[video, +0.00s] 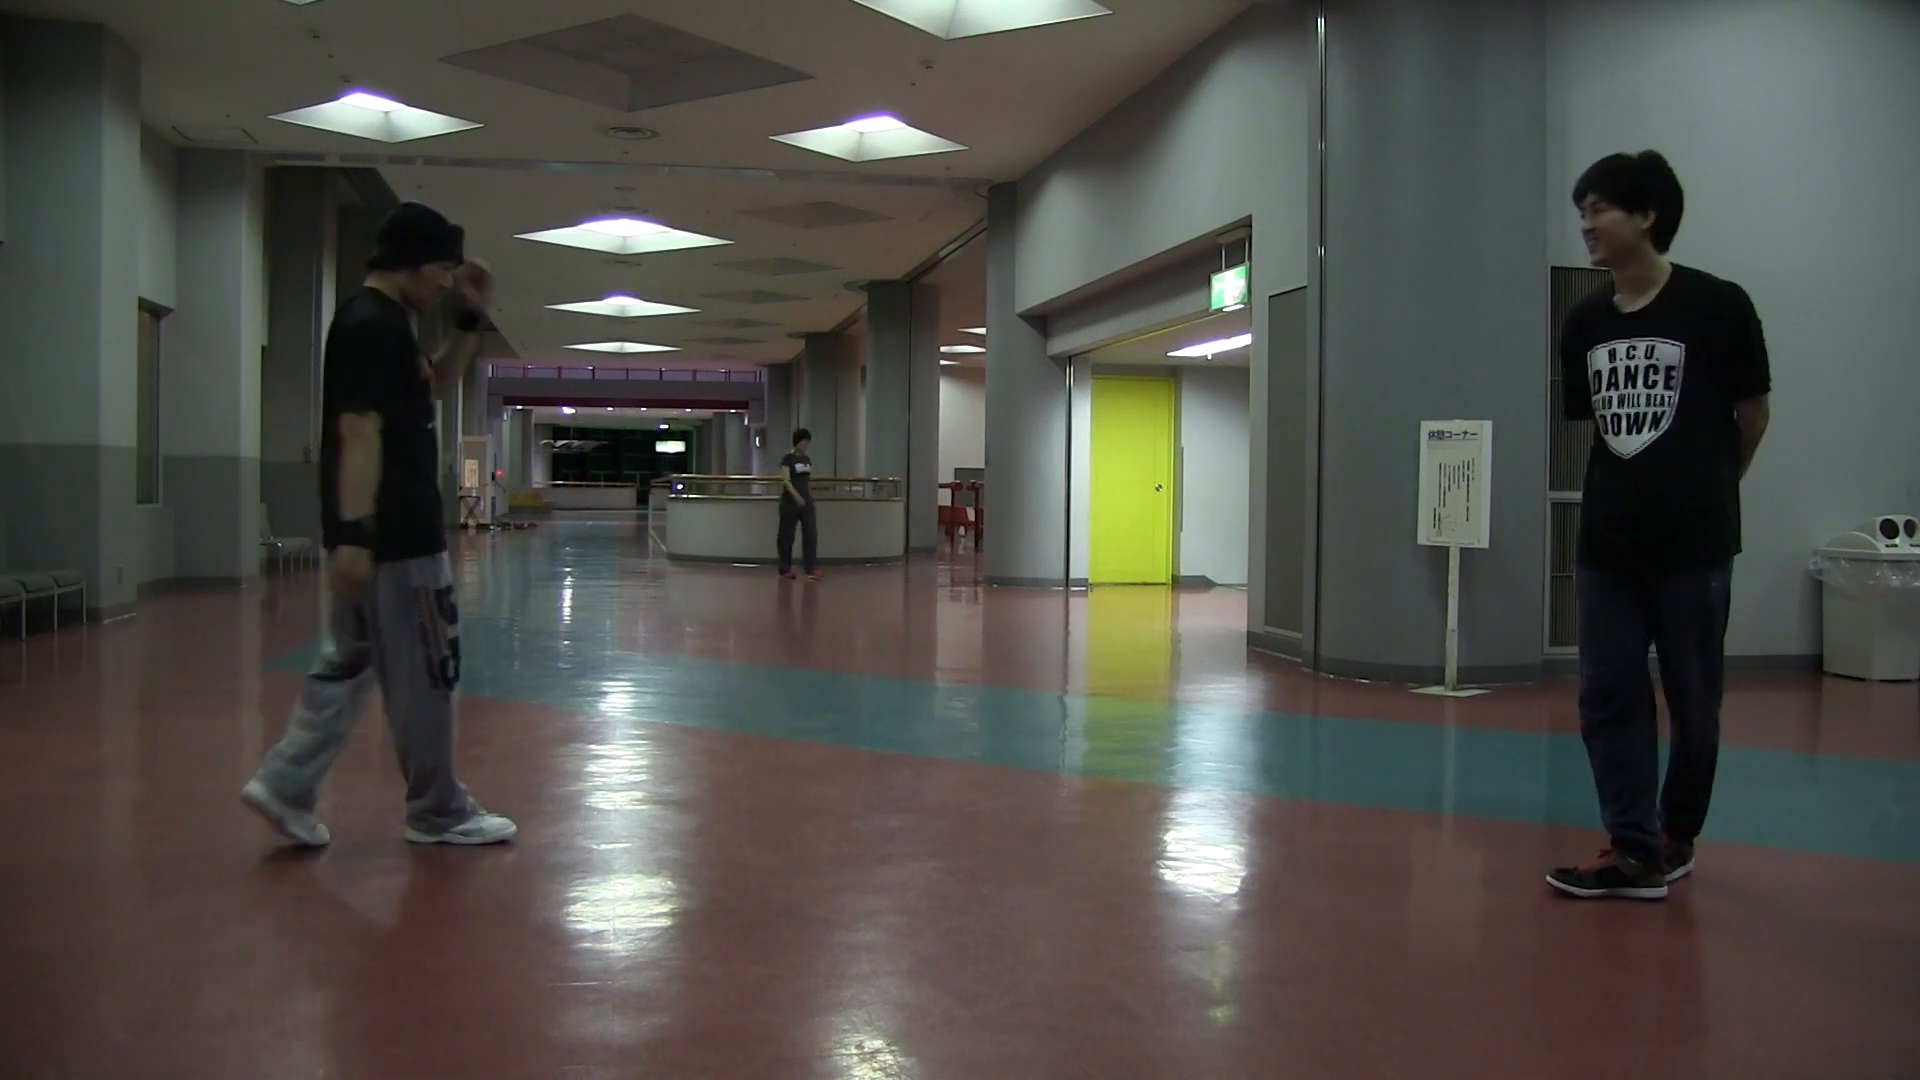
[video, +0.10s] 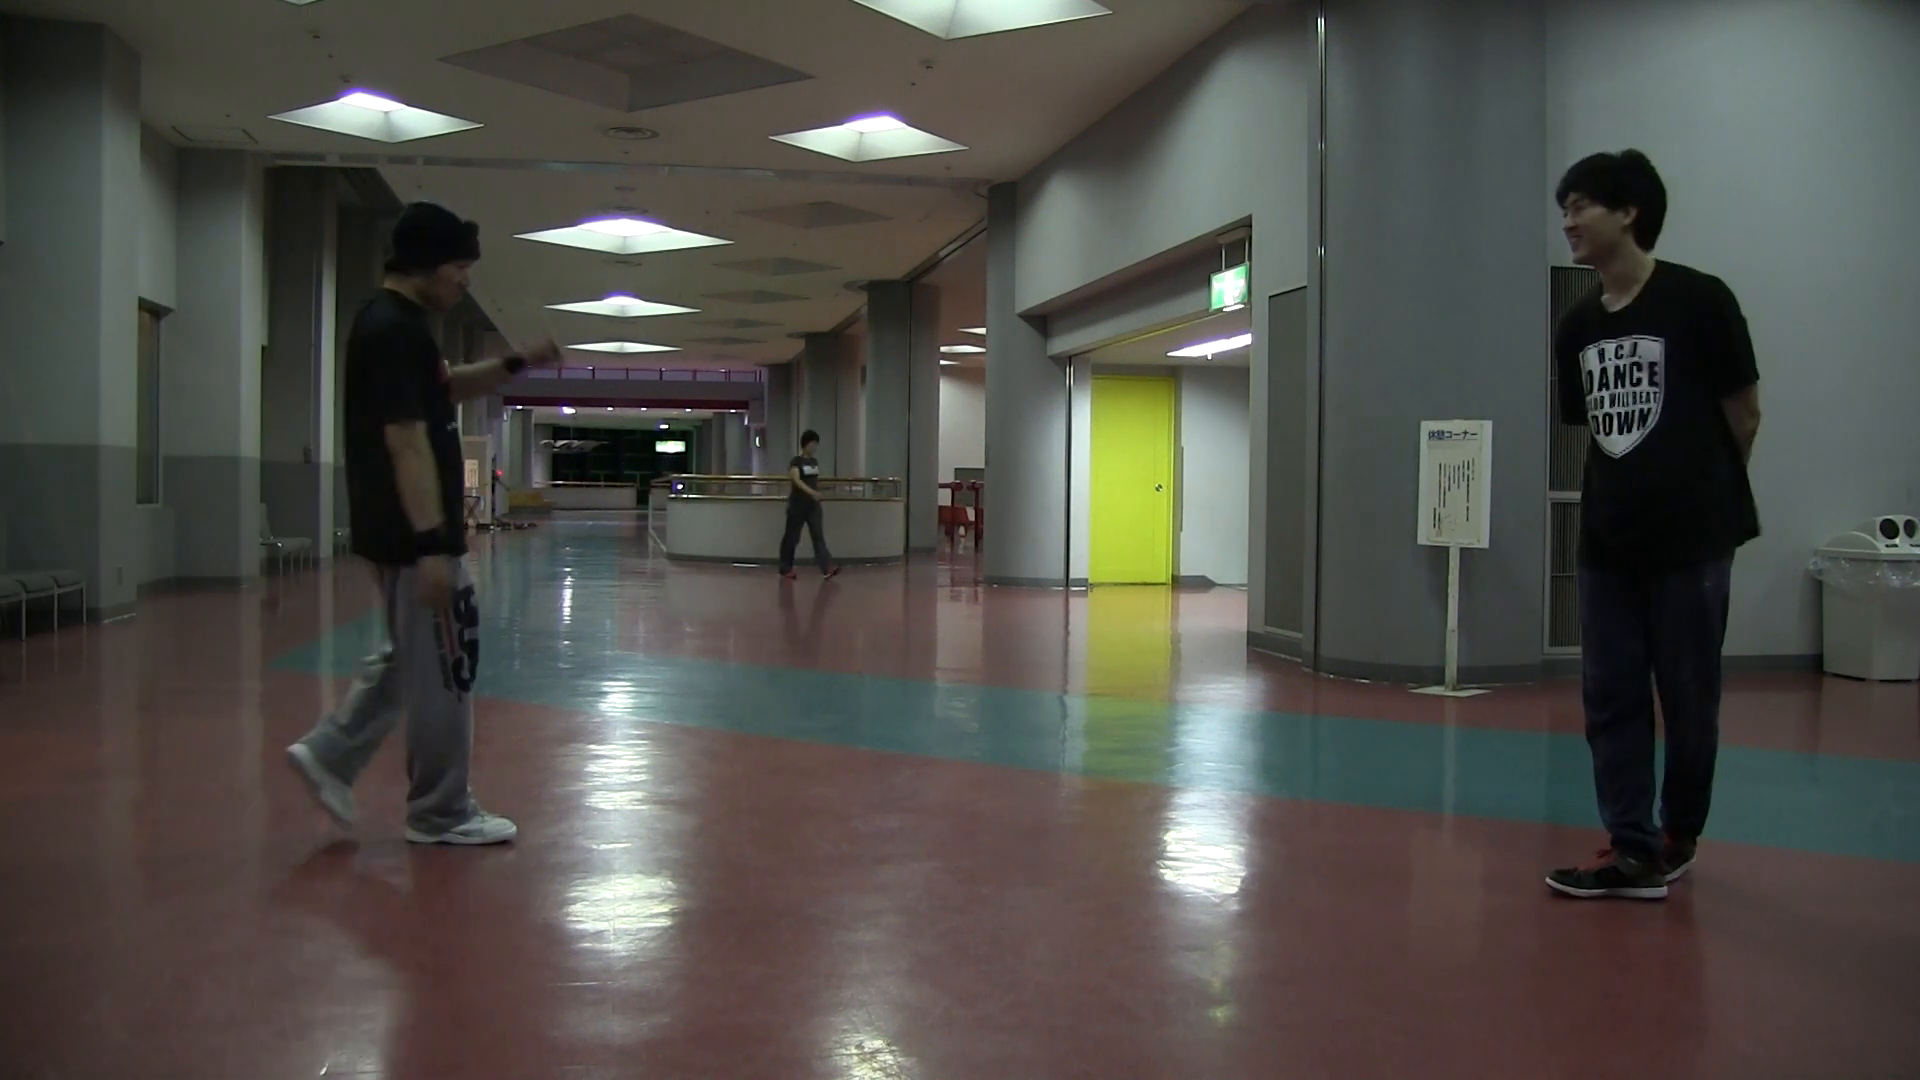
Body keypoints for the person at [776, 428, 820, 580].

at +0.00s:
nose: (806, 446)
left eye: (807, 442)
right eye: (805, 442)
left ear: (807, 443)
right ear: (798, 442)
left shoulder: (806, 460)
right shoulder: (787, 459)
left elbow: (805, 481)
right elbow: (786, 481)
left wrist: (808, 496)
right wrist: (797, 497)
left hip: (805, 499)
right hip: (790, 500)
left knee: (810, 534)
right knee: (786, 535)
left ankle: (810, 567)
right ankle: (785, 568)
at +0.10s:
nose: (815, 447)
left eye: (816, 444)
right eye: (813, 443)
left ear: (814, 445)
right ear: (806, 444)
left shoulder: (813, 462)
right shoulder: (796, 462)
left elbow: (812, 482)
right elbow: (797, 481)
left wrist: (815, 497)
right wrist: (813, 493)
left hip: (812, 503)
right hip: (798, 504)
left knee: (818, 536)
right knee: (791, 537)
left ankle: (827, 568)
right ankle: (785, 568)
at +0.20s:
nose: (825, 448)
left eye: (825, 445)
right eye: (823, 444)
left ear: (823, 446)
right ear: (816, 444)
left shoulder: (823, 462)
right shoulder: (805, 461)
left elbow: (822, 481)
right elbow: (806, 481)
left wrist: (826, 495)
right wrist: (822, 493)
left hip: (823, 504)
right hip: (807, 505)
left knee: (827, 537)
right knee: (802, 536)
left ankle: (830, 570)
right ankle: (787, 567)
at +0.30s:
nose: (834, 446)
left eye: (835, 442)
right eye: (832, 442)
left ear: (834, 444)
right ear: (823, 443)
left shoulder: (832, 461)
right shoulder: (814, 459)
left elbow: (830, 483)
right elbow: (812, 481)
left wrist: (834, 498)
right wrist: (823, 498)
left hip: (832, 500)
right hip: (817, 501)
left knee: (832, 537)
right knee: (816, 536)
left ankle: (831, 571)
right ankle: (797, 562)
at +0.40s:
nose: (840, 444)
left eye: (841, 441)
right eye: (838, 441)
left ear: (840, 441)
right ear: (831, 440)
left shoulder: (840, 458)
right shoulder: (821, 458)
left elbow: (842, 484)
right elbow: (816, 481)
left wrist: (845, 503)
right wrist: (819, 502)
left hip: (840, 502)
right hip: (826, 502)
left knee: (836, 536)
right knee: (830, 535)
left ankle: (833, 570)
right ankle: (815, 564)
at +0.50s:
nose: (847, 444)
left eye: (848, 441)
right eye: (846, 441)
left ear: (847, 442)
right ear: (838, 441)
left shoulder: (849, 460)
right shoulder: (828, 458)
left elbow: (852, 478)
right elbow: (820, 481)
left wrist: (858, 488)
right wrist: (816, 502)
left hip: (846, 501)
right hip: (831, 501)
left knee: (840, 534)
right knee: (839, 534)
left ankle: (833, 570)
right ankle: (832, 570)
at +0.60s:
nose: (857, 446)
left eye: (858, 443)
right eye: (854, 443)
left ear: (857, 444)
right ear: (846, 443)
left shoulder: (857, 461)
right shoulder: (836, 461)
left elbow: (864, 480)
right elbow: (823, 482)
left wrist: (877, 491)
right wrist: (816, 503)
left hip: (853, 504)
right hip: (840, 504)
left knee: (841, 539)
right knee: (849, 537)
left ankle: (832, 571)